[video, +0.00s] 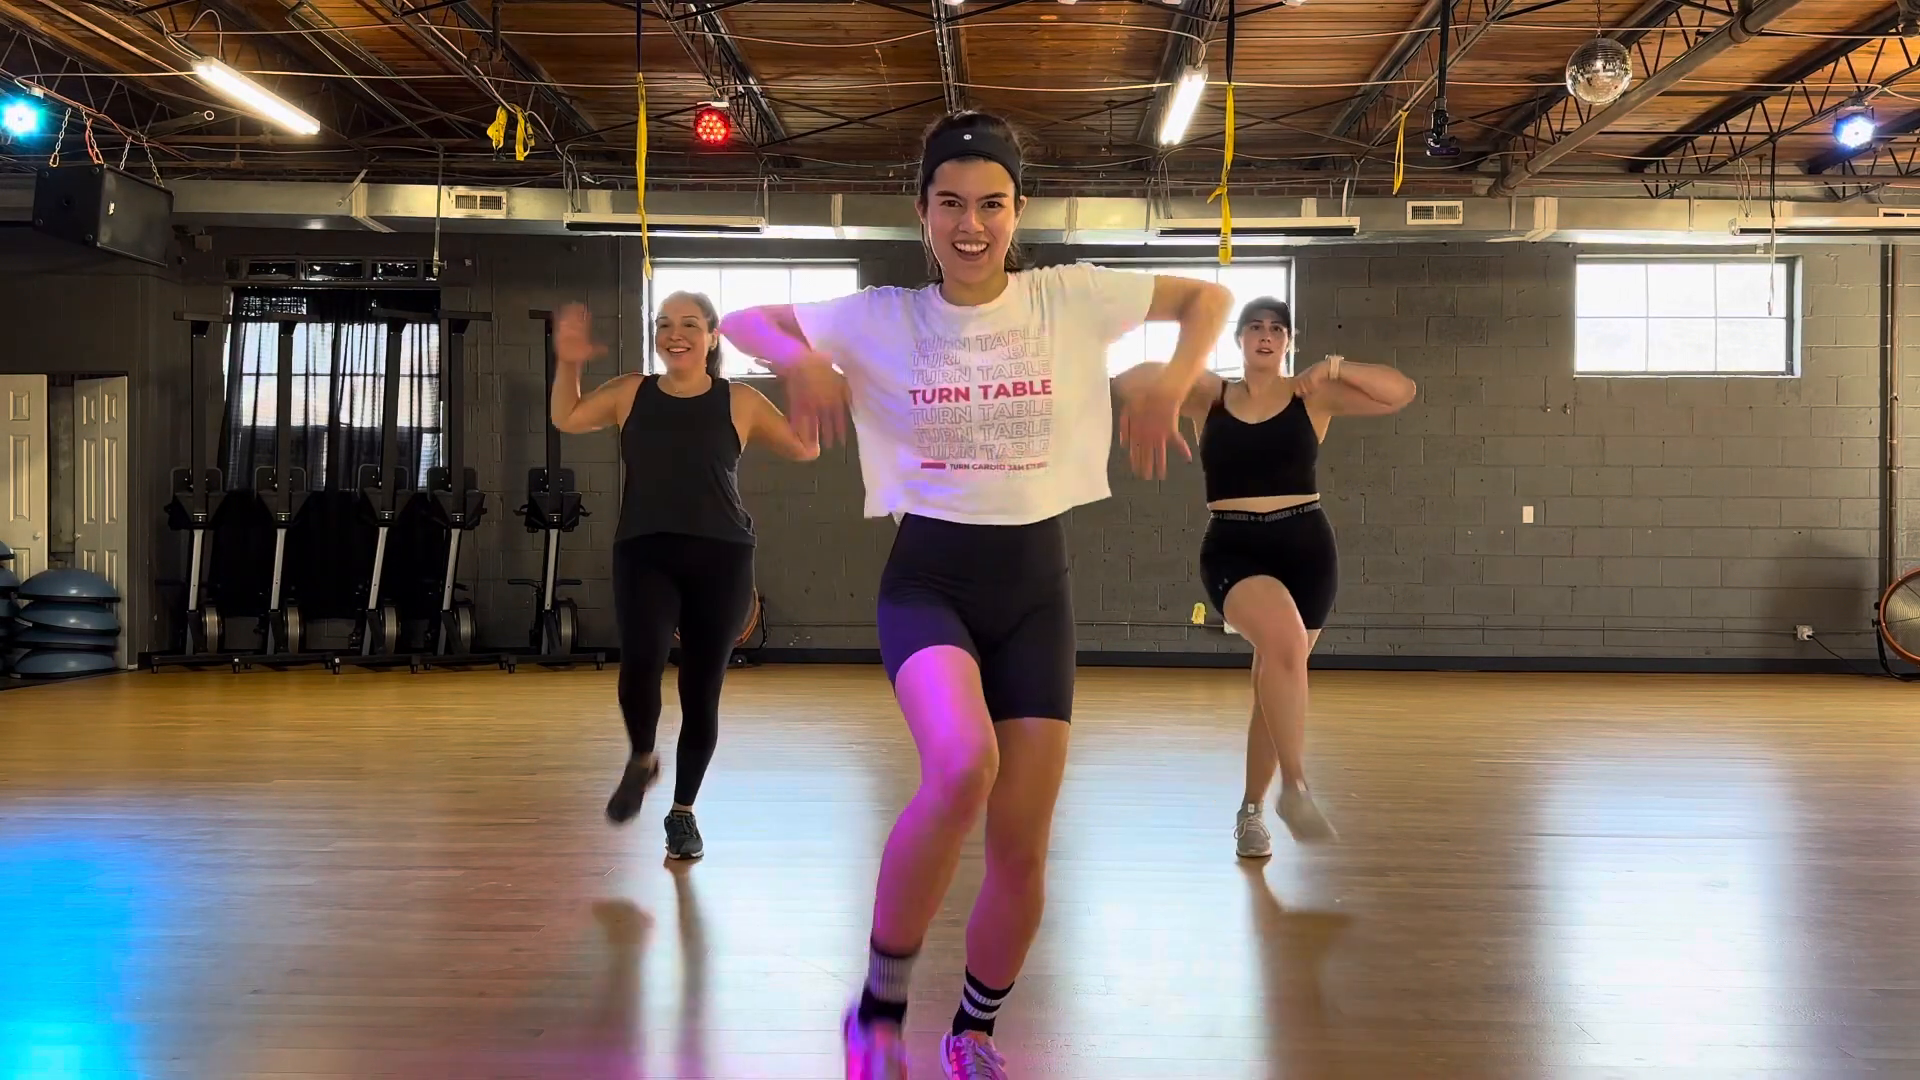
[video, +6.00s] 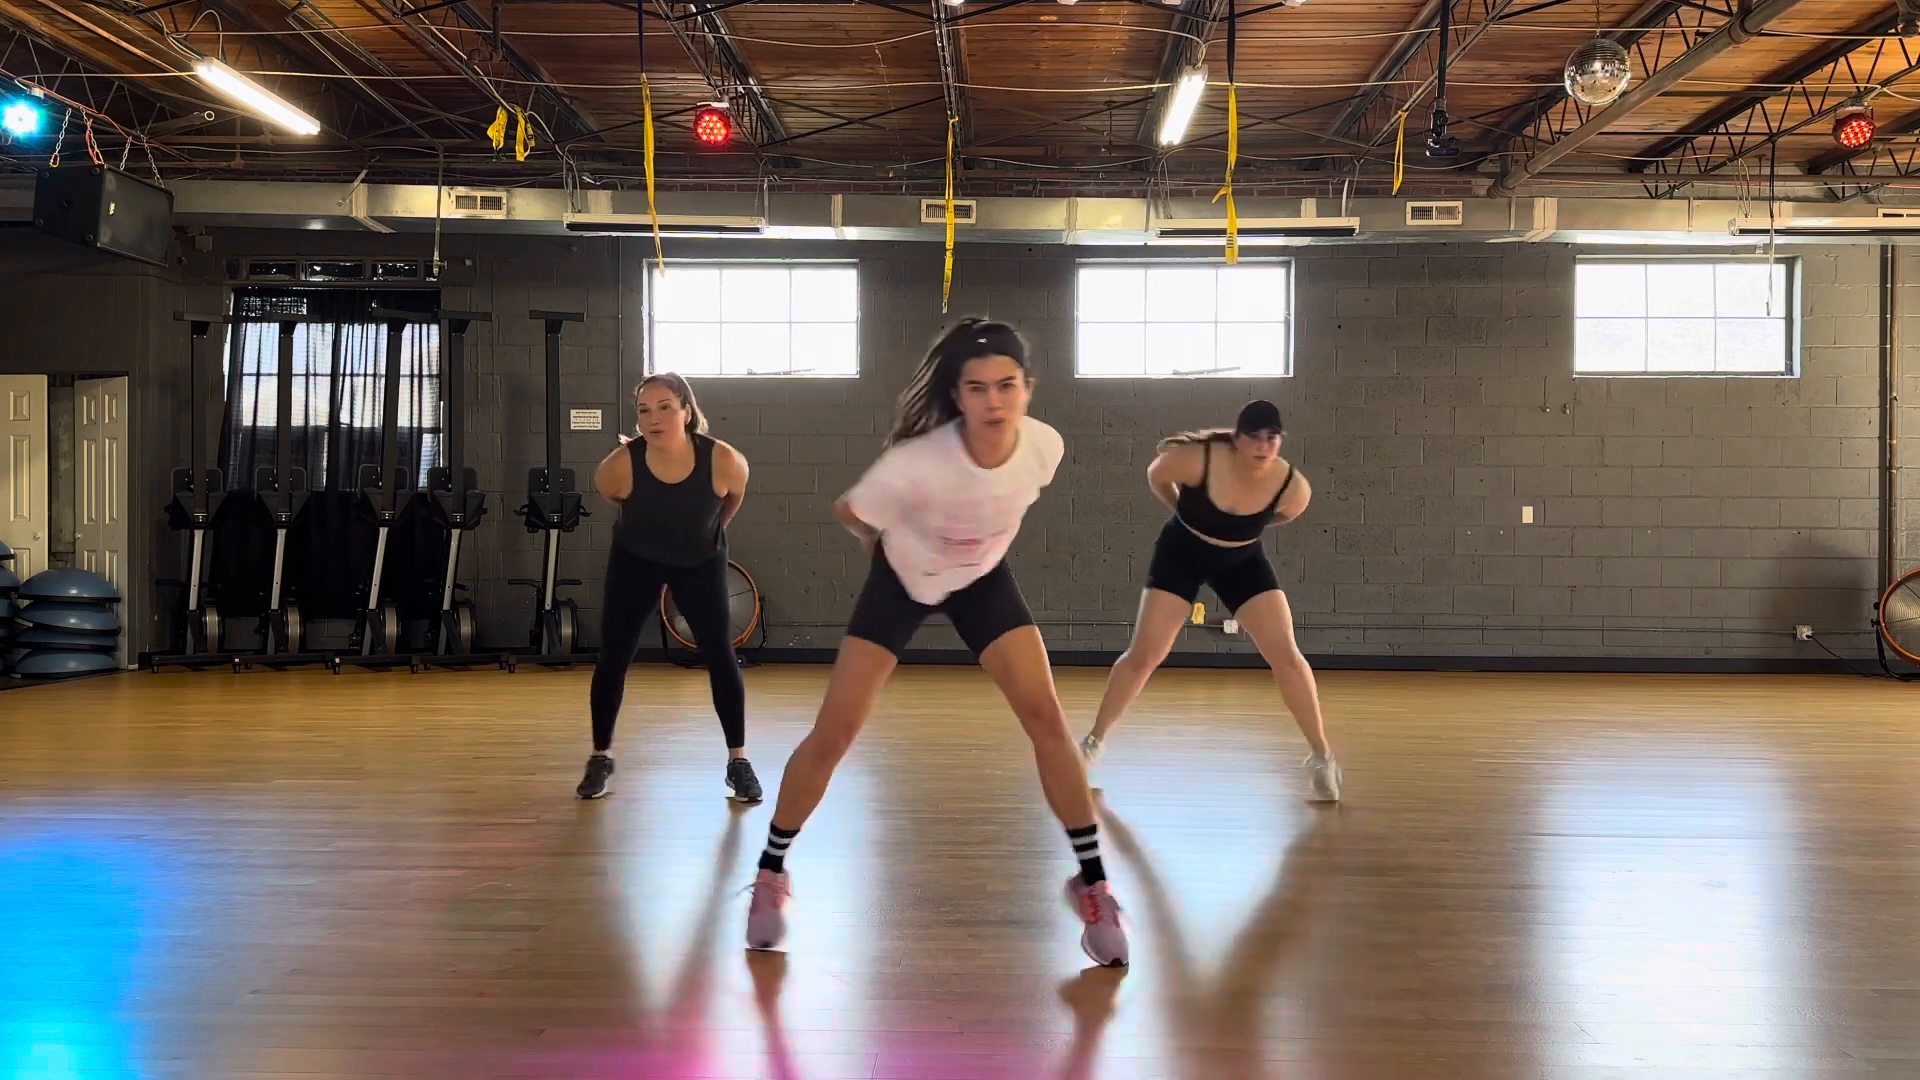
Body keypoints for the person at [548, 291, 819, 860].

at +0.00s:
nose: (677, 334)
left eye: (689, 326)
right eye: (667, 325)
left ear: (712, 336)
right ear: (656, 335)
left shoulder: (741, 400)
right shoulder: (630, 391)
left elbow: (806, 449)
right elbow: (567, 417)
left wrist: (820, 387)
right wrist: (568, 362)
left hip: (720, 557)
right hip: (644, 553)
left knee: (700, 691)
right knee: (641, 661)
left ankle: (685, 810)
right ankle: (642, 757)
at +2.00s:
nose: (674, 337)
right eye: (673, 328)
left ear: (619, 336)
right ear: (673, 334)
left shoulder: (584, 409)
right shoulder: (702, 397)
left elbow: (590, 498)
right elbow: (723, 477)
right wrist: (728, 554)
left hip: (620, 567)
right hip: (692, 563)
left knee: (642, 695)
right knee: (672, 680)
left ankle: (669, 822)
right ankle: (643, 792)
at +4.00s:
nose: (694, 382)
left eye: (697, 375)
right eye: (696, 375)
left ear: (707, 380)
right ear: (748, 381)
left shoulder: (688, 427)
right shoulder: (768, 427)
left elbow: (655, 467)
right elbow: (826, 455)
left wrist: (645, 446)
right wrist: (794, 465)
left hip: (711, 567)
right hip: (767, 563)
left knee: (706, 669)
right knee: (764, 655)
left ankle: (713, 759)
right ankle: (772, 752)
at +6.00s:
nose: (653, 418)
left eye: (664, 408)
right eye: (644, 411)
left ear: (687, 413)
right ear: (637, 419)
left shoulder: (726, 463)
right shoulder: (617, 468)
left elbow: (732, 503)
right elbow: (619, 502)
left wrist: (706, 533)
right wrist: (654, 520)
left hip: (701, 558)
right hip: (635, 558)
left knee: (720, 654)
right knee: (613, 658)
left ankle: (738, 760)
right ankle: (600, 758)